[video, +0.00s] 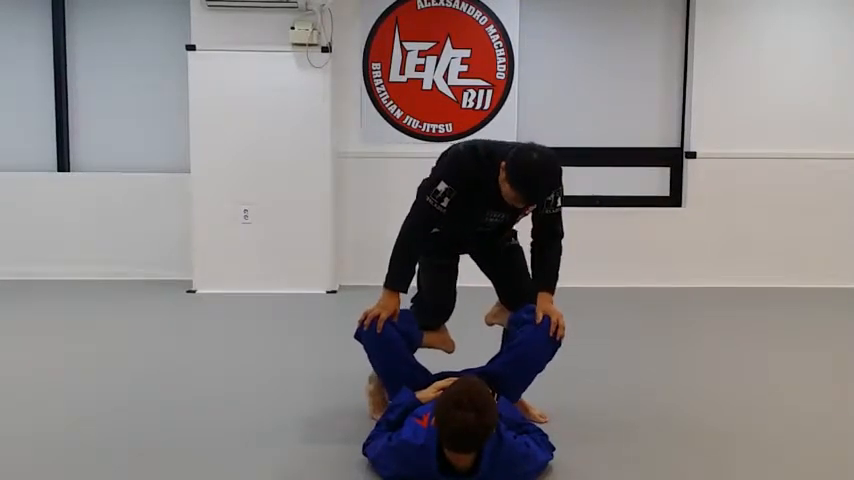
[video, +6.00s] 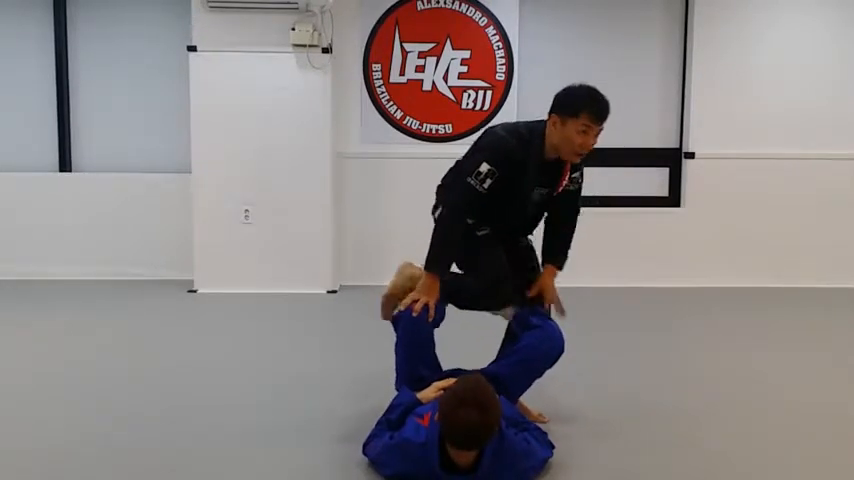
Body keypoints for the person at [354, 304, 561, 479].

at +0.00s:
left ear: (434, 419)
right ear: (495, 418)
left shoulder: (407, 452)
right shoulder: (515, 456)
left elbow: (374, 443)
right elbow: (540, 442)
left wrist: (414, 397)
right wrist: (506, 403)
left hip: (424, 396)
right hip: (492, 393)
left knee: (373, 327)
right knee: (546, 326)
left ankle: (431, 333)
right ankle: (509, 312)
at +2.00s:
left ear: (437, 426)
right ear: (495, 425)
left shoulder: (405, 454)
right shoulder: (516, 457)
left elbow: (373, 444)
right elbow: (541, 443)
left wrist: (412, 398)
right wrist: (503, 403)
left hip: (424, 395)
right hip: (494, 393)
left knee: (381, 324)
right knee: (556, 341)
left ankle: (435, 339)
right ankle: (510, 314)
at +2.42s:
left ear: (438, 422)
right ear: (496, 426)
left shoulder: (408, 451)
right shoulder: (515, 457)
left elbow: (374, 444)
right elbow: (541, 444)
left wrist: (412, 397)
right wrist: (519, 413)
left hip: (429, 390)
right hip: (497, 395)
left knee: (398, 318)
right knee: (563, 349)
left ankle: (451, 315)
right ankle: (515, 316)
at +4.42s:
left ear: (437, 423)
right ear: (496, 425)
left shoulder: (405, 453)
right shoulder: (516, 456)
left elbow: (374, 443)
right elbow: (540, 441)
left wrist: (414, 397)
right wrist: (504, 403)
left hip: (426, 393)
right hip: (496, 394)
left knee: (404, 316)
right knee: (555, 339)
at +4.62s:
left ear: (438, 423)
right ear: (496, 424)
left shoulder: (406, 452)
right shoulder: (515, 456)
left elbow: (374, 443)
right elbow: (540, 442)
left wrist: (414, 397)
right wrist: (508, 405)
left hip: (429, 391)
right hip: (498, 395)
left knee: (412, 316)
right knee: (557, 343)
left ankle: (451, 320)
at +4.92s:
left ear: (439, 420)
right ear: (497, 427)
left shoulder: (410, 450)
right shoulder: (516, 456)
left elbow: (374, 443)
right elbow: (541, 442)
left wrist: (413, 397)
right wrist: (520, 412)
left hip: (428, 391)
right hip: (499, 397)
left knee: (418, 314)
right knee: (557, 344)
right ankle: (520, 311)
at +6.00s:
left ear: (439, 416)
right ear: (498, 421)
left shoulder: (409, 449)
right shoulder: (515, 455)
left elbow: (374, 444)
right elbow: (540, 442)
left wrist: (414, 398)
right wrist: (513, 408)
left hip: (424, 397)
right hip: (495, 396)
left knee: (415, 316)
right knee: (550, 339)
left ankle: (413, 295)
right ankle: (520, 306)